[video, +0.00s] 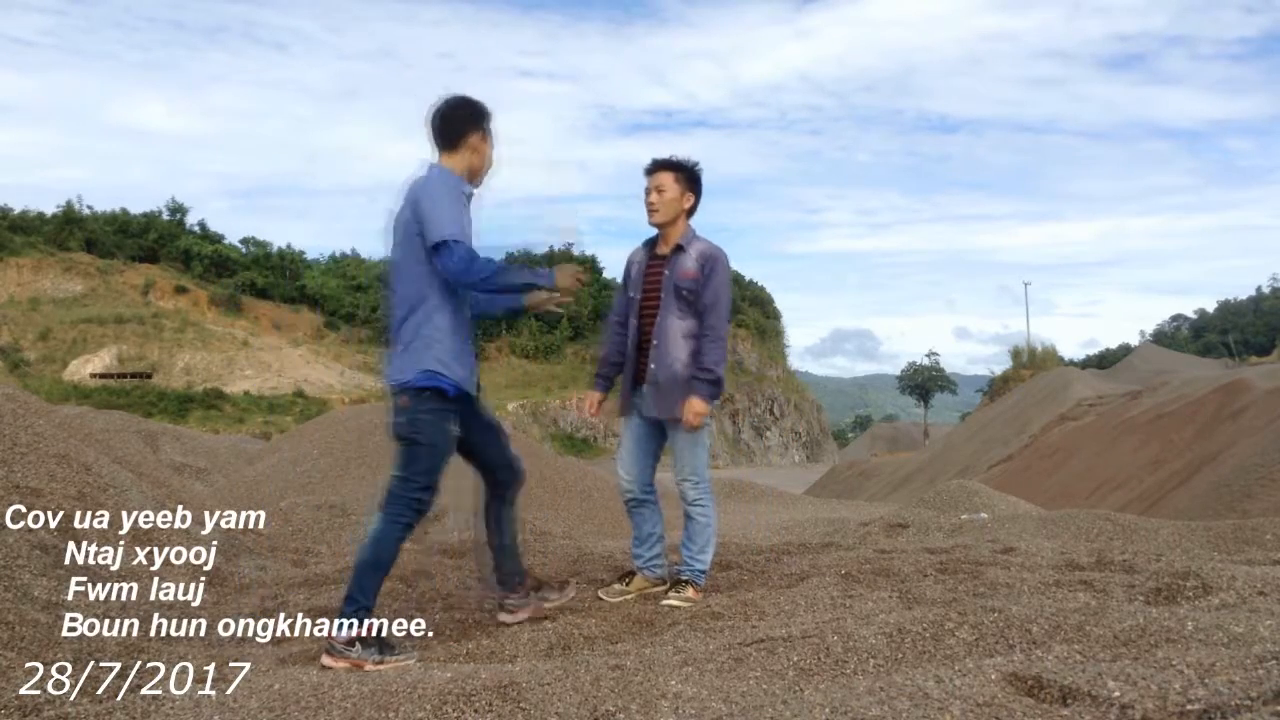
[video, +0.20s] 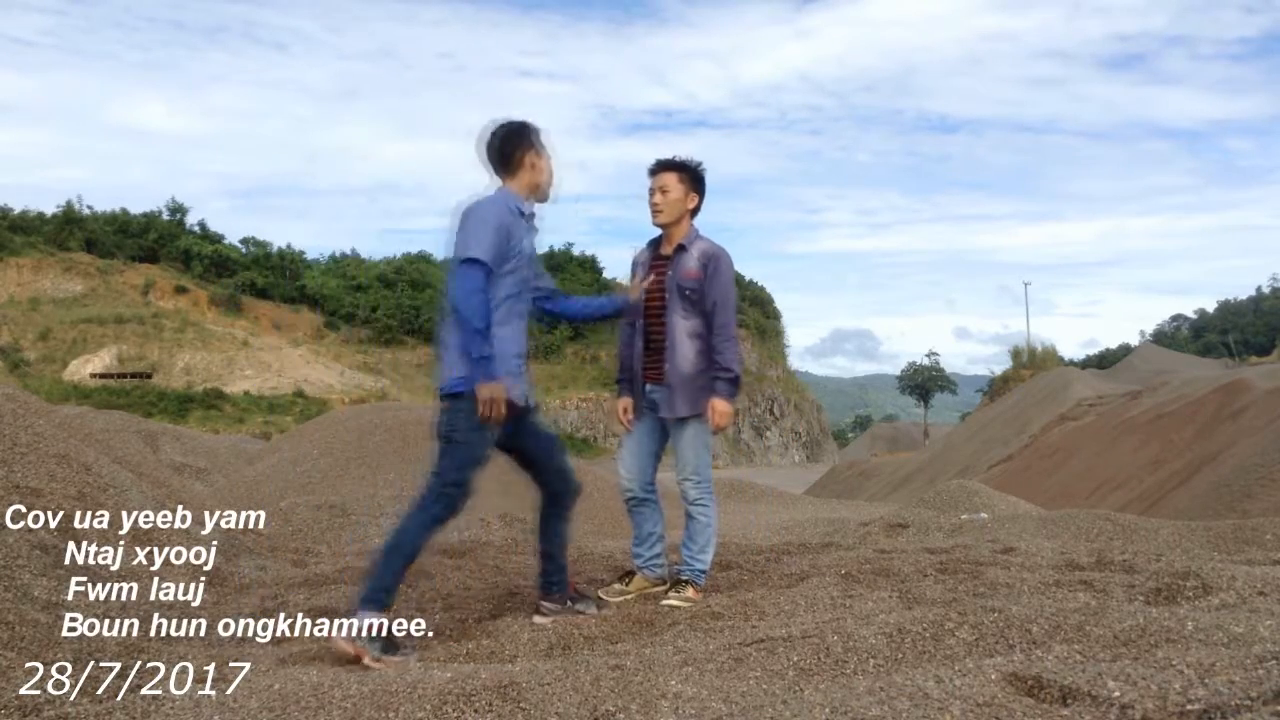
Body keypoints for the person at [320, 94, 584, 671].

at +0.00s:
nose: (491, 156)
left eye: (489, 144)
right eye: (489, 143)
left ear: (448, 141)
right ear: (474, 140)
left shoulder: (434, 197)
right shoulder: (438, 186)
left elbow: (459, 297)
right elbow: (457, 265)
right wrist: (544, 277)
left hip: (446, 380)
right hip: (428, 377)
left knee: (504, 472)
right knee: (406, 503)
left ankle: (514, 592)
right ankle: (349, 631)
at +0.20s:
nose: (552, 167)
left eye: (548, 158)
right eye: (546, 157)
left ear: (519, 165)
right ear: (528, 161)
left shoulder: (521, 227)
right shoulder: (489, 213)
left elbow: (550, 303)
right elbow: (469, 295)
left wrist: (626, 301)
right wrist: (486, 373)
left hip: (507, 394)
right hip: (471, 392)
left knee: (561, 484)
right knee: (442, 498)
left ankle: (555, 594)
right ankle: (366, 617)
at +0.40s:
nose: (606, 168)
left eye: (603, 158)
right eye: (600, 157)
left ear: (576, 165)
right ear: (580, 161)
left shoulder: (575, 239)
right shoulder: (534, 201)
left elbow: (598, 309)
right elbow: (493, 262)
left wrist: (660, 304)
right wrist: (464, 337)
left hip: (548, 383)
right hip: (507, 371)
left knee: (573, 487)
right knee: (507, 485)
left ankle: (556, 595)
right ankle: (445, 602)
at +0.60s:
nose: (606, 156)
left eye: (602, 146)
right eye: (598, 145)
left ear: (575, 153)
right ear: (578, 149)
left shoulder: (585, 225)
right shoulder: (531, 197)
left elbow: (620, 273)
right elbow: (490, 266)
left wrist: (678, 291)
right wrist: (504, 342)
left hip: (559, 375)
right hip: (516, 369)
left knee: (565, 489)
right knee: (518, 484)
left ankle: (556, 593)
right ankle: (464, 601)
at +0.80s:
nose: (574, 148)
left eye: (571, 138)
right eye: (566, 138)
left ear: (548, 145)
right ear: (544, 143)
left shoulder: (562, 211)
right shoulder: (492, 203)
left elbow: (606, 228)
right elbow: (472, 285)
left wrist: (660, 227)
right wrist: (511, 346)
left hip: (550, 377)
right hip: (501, 378)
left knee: (551, 491)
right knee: (507, 493)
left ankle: (556, 593)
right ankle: (461, 612)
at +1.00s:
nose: (549, 139)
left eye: (546, 129)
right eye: (544, 129)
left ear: (518, 135)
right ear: (525, 133)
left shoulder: (524, 201)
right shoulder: (470, 196)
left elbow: (538, 269)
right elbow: (453, 285)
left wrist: (605, 288)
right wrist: (460, 368)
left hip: (527, 372)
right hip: (484, 375)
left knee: (545, 481)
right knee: (496, 489)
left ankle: (550, 590)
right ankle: (460, 611)